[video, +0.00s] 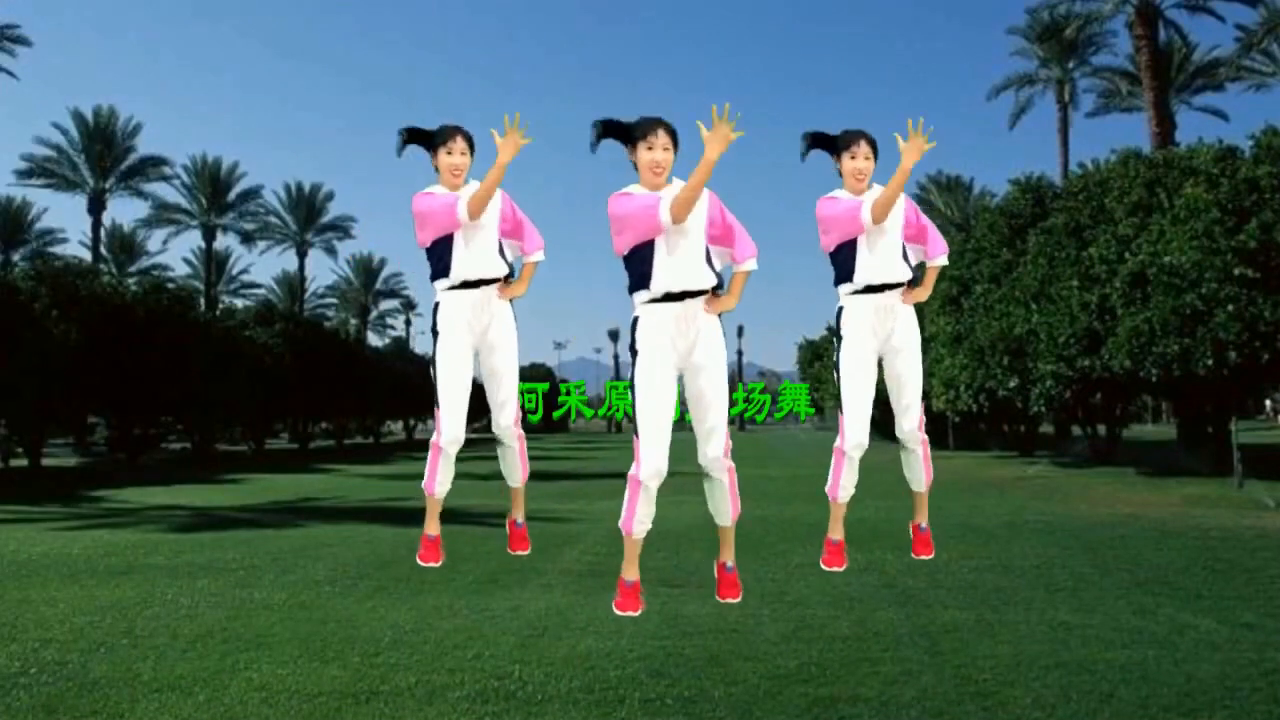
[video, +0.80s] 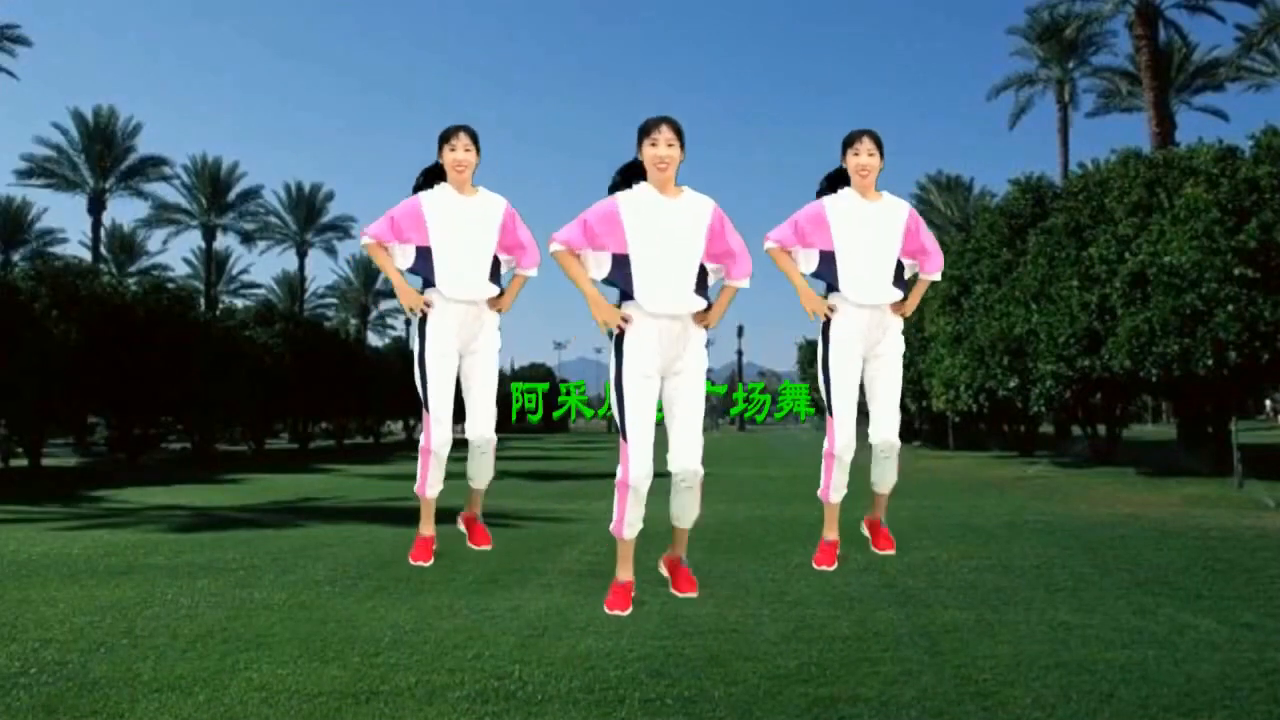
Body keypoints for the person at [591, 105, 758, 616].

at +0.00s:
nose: (658, 156)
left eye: (666, 149)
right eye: (649, 148)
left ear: (677, 157)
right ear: (632, 155)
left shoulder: (701, 199)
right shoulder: (622, 203)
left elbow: (743, 249)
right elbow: (676, 212)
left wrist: (731, 296)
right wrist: (710, 158)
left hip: (704, 320)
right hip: (655, 324)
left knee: (715, 451)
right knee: (652, 459)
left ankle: (726, 560)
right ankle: (630, 573)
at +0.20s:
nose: (665, 173)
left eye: (672, 166)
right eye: (655, 166)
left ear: (681, 174)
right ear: (639, 174)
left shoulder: (704, 221)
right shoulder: (630, 224)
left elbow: (752, 272)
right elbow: (683, 244)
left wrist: (730, 324)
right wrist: (745, 219)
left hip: (709, 353)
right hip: (658, 355)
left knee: (715, 471)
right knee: (660, 477)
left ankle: (725, 566)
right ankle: (629, 577)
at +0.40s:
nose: (660, 138)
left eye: (668, 130)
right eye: (651, 130)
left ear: (680, 137)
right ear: (636, 137)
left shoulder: (705, 189)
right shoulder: (624, 183)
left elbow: (739, 248)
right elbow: (645, 242)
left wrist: (717, 285)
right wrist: (701, 279)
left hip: (688, 314)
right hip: (638, 312)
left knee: (696, 449)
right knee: (631, 444)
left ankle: (688, 501)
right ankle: (620, 562)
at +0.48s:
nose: (657, 152)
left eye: (666, 144)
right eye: (649, 144)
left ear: (680, 151)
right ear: (634, 151)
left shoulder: (704, 204)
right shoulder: (620, 198)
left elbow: (736, 263)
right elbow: (625, 266)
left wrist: (710, 313)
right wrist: (671, 313)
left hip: (683, 330)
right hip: (632, 326)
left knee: (679, 462)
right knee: (628, 454)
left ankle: (667, 467)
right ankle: (621, 571)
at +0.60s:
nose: (654, 183)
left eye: (661, 175)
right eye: (644, 176)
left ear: (674, 183)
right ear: (633, 185)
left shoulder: (699, 239)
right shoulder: (620, 243)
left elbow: (728, 305)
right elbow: (581, 308)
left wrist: (705, 351)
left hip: (674, 364)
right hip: (625, 359)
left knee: (663, 489)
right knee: (624, 475)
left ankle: (627, 463)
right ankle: (621, 575)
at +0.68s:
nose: (655, 179)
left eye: (663, 172)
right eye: (646, 172)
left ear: (675, 181)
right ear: (634, 183)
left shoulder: (700, 236)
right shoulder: (621, 241)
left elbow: (730, 298)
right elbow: (565, 293)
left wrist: (705, 347)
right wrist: (585, 350)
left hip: (675, 363)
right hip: (626, 360)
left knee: (668, 487)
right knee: (626, 478)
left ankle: (631, 452)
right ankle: (621, 578)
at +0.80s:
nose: (662, 151)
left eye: (670, 144)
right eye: (653, 144)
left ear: (682, 153)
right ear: (640, 153)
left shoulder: (704, 209)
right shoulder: (619, 207)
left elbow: (740, 262)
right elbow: (562, 243)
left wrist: (714, 313)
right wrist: (596, 302)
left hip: (689, 339)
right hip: (637, 338)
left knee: (688, 462)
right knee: (637, 464)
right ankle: (623, 574)